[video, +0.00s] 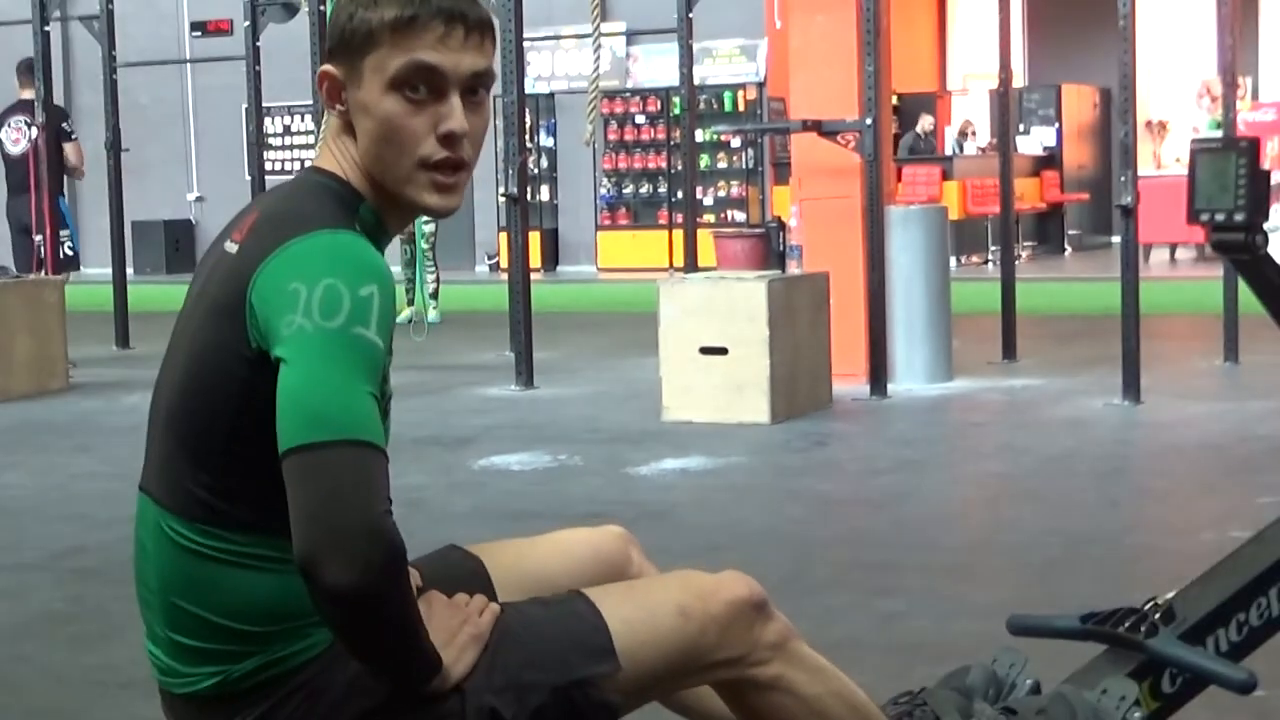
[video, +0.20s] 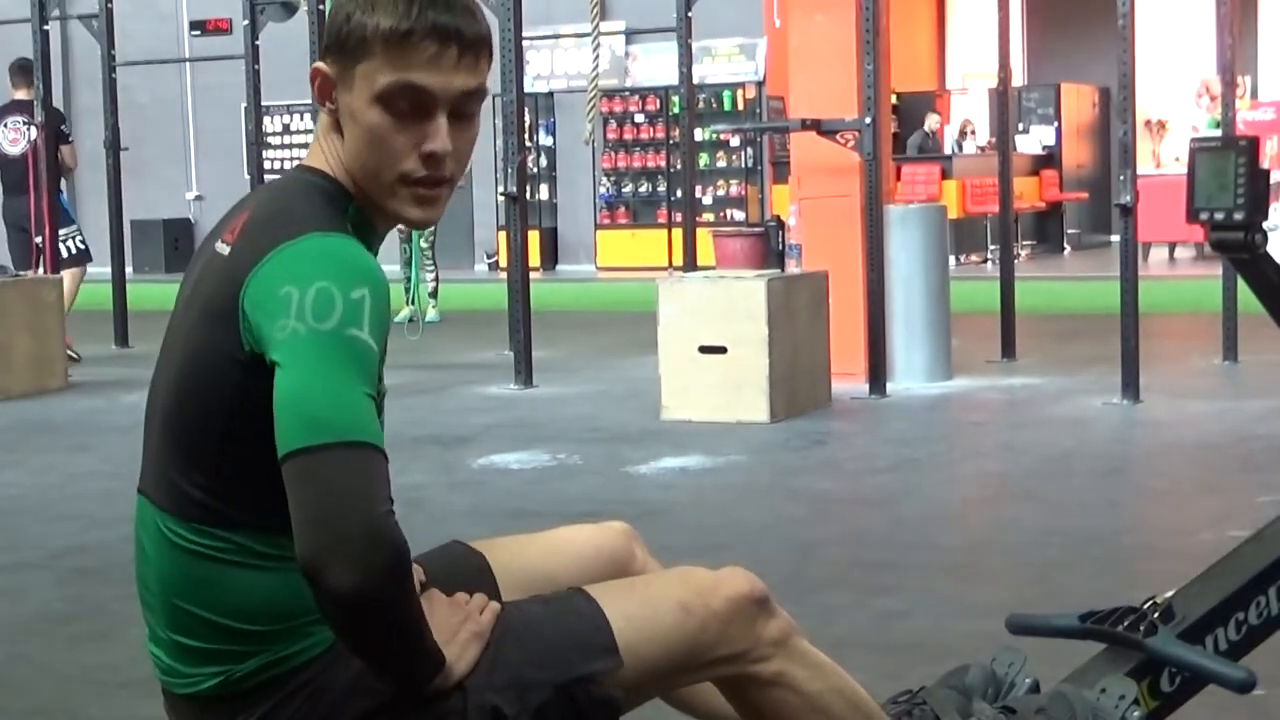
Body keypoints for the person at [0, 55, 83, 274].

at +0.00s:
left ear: (18, 80)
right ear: (44, 79)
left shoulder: (5, 117)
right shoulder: (55, 113)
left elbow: (13, 160)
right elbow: (75, 162)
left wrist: (66, 167)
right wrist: (62, 165)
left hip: (16, 201)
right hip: (47, 201)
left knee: (27, 276)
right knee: (59, 274)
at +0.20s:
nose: (21, 86)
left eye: (16, 81)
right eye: (29, 79)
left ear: (10, 82)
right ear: (36, 80)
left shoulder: (2, 114)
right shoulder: (51, 114)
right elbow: (70, 162)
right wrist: (54, 170)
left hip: (12, 205)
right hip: (46, 202)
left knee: (27, 272)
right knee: (76, 262)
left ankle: (38, 341)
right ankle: (55, 332)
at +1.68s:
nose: (39, 88)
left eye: (36, 83)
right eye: (38, 83)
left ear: (12, 85)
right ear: (36, 85)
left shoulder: (1, 112)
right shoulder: (47, 114)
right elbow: (63, 158)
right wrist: (43, 170)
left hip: (7, 194)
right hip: (41, 193)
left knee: (13, 260)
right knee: (60, 254)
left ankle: (15, 318)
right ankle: (53, 304)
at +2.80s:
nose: (16, 95)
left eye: (16, 91)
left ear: (18, 91)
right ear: (41, 92)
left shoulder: (6, 117)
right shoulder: (50, 122)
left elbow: (4, 155)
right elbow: (62, 159)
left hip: (10, 194)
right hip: (38, 194)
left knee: (15, 256)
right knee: (34, 254)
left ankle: (27, 306)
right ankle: (28, 313)